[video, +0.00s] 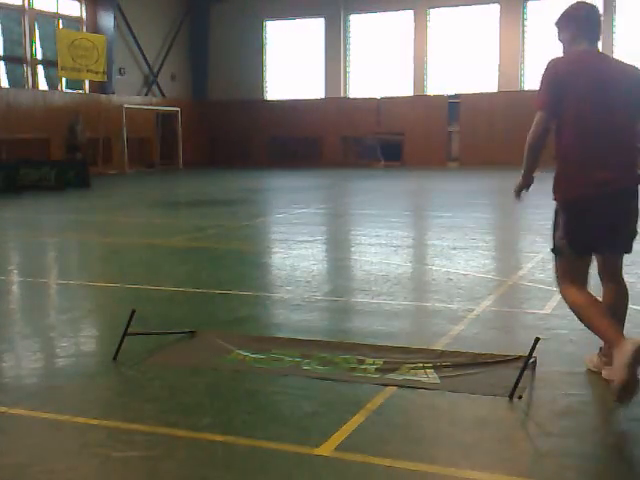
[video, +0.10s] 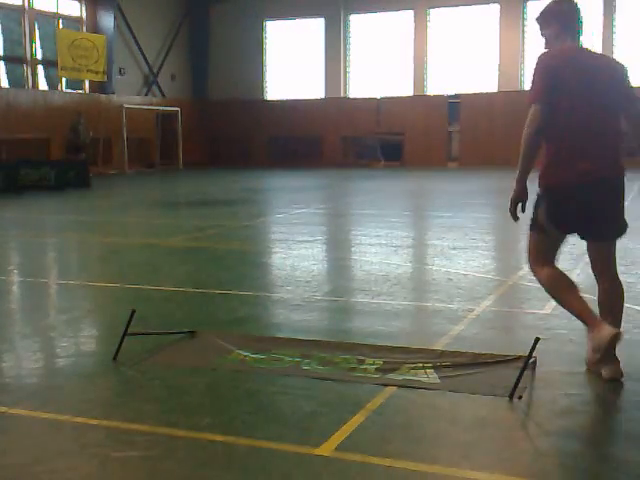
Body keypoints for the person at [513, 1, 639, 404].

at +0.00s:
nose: (559, 41)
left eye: (560, 34)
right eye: (560, 34)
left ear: (568, 32)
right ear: (597, 32)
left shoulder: (559, 68)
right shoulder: (629, 72)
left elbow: (539, 132)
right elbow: (635, 134)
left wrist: (526, 175)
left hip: (578, 194)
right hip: (624, 192)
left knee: (571, 284)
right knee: (613, 274)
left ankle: (621, 345)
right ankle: (607, 356)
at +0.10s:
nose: (542, 38)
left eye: (544, 31)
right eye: (541, 32)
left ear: (556, 28)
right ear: (576, 27)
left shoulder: (549, 61)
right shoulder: (612, 67)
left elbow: (535, 125)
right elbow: (635, 125)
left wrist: (520, 182)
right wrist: (620, 160)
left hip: (561, 184)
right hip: (608, 184)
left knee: (540, 262)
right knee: (607, 272)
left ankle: (595, 326)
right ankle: (608, 360)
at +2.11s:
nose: (405, 58)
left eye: (410, 52)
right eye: (400, 53)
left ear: (417, 56)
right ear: (390, 57)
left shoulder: (432, 91)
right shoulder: (381, 96)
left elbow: (450, 129)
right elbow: (372, 134)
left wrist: (432, 156)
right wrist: (375, 164)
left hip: (421, 179)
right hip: (386, 181)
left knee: (434, 242)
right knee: (378, 240)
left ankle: (446, 305)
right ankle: (384, 301)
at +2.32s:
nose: (386, 67)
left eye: (390, 61)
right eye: (383, 62)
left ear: (407, 58)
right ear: (383, 61)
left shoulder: (432, 91)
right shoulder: (380, 96)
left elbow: (450, 131)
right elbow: (372, 135)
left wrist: (430, 157)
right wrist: (377, 163)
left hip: (421, 179)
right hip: (386, 180)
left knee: (432, 241)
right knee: (377, 240)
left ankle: (446, 305)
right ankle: (384, 301)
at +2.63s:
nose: (378, 68)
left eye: (382, 62)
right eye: (375, 63)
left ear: (397, 58)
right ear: (374, 64)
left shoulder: (427, 88)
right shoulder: (377, 94)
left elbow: (450, 127)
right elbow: (372, 134)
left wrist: (432, 158)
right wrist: (375, 162)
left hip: (420, 178)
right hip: (385, 179)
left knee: (432, 241)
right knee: (377, 239)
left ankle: (445, 304)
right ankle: (384, 299)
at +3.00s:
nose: (380, 60)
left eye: (385, 54)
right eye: (378, 55)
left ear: (402, 53)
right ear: (380, 56)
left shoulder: (427, 88)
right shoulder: (378, 92)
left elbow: (445, 131)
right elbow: (370, 131)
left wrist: (428, 152)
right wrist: (368, 158)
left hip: (417, 179)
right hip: (382, 179)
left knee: (430, 241)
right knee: (376, 239)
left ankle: (445, 304)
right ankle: (384, 300)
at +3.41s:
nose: (379, 65)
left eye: (384, 60)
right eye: (377, 60)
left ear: (399, 57)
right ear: (375, 60)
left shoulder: (424, 90)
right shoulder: (373, 96)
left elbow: (451, 121)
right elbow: (364, 134)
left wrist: (434, 157)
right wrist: (363, 163)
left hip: (415, 180)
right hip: (381, 181)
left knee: (429, 244)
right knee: (377, 242)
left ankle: (444, 305)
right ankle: (384, 300)